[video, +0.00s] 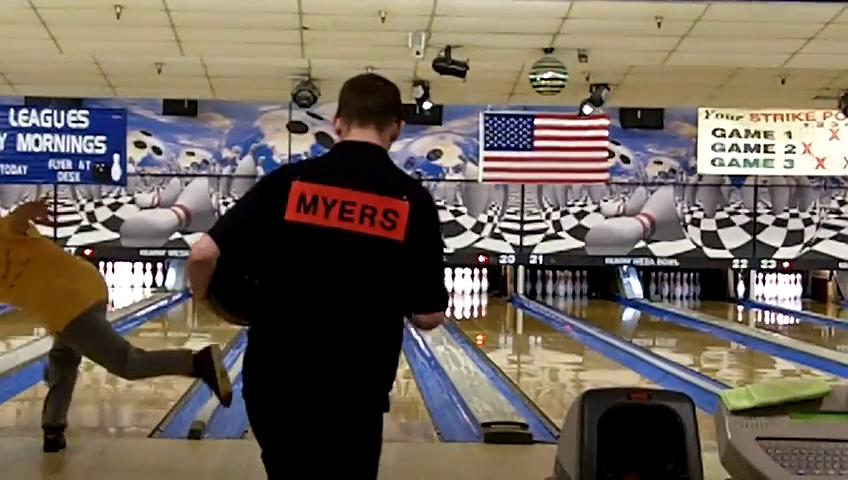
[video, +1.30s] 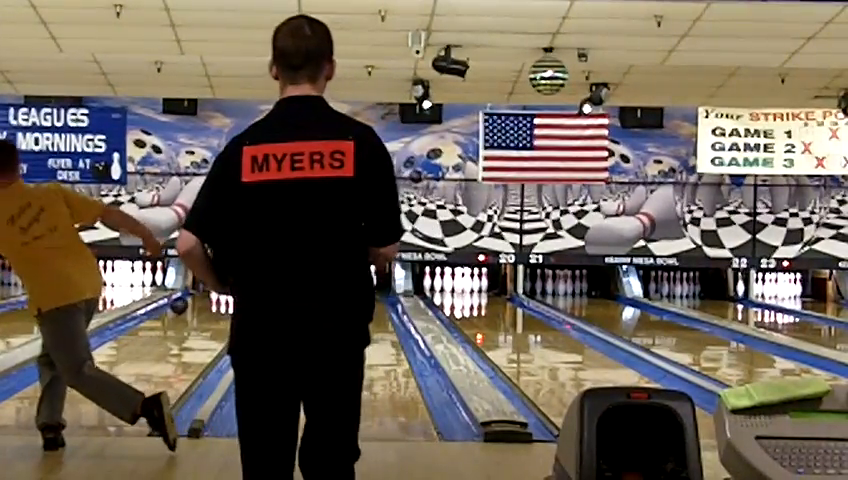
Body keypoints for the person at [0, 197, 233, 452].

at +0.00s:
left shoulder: (5, 234)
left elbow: (13, 224)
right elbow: (16, 223)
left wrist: (22, 213)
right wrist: (22, 212)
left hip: (70, 303)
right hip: (85, 289)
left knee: (128, 363)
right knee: (63, 362)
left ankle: (200, 363)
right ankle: (53, 430)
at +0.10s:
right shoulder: (11, 226)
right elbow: (37, 206)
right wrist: (62, 199)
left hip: (69, 305)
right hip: (95, 287)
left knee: (124, 367)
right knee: (62, 357)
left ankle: (202, 365)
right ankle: (53, 433)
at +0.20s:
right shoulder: (15, 224)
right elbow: (58, 204)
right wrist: (92, 187)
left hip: (69, 301)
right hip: (92, 283)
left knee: (117, 369)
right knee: (57, 358)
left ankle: (199, 387)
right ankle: (52, 430)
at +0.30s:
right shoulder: (20, 221)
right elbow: (75, 206)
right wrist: (120, 191)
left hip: (68, 303)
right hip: (93, 284)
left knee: (111, 373)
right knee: (55, 359)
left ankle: (190, 402)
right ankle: (51, 430)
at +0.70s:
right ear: (5, 195)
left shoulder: (2, 218)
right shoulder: (37, 207)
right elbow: (90, 214)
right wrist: (137, 221)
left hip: (63, 296)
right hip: (90, 286)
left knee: (93, 373)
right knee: (49, 361)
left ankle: (164, 409)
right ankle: (51, 430)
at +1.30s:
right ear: (19, 166)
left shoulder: (3, 207)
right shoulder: (53, 193)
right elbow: (106, 213)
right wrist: (148, 236)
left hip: (54, 295)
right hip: (90, 287)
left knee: (76, 370)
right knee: (52, 360)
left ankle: (145, 409)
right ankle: (51, 430)